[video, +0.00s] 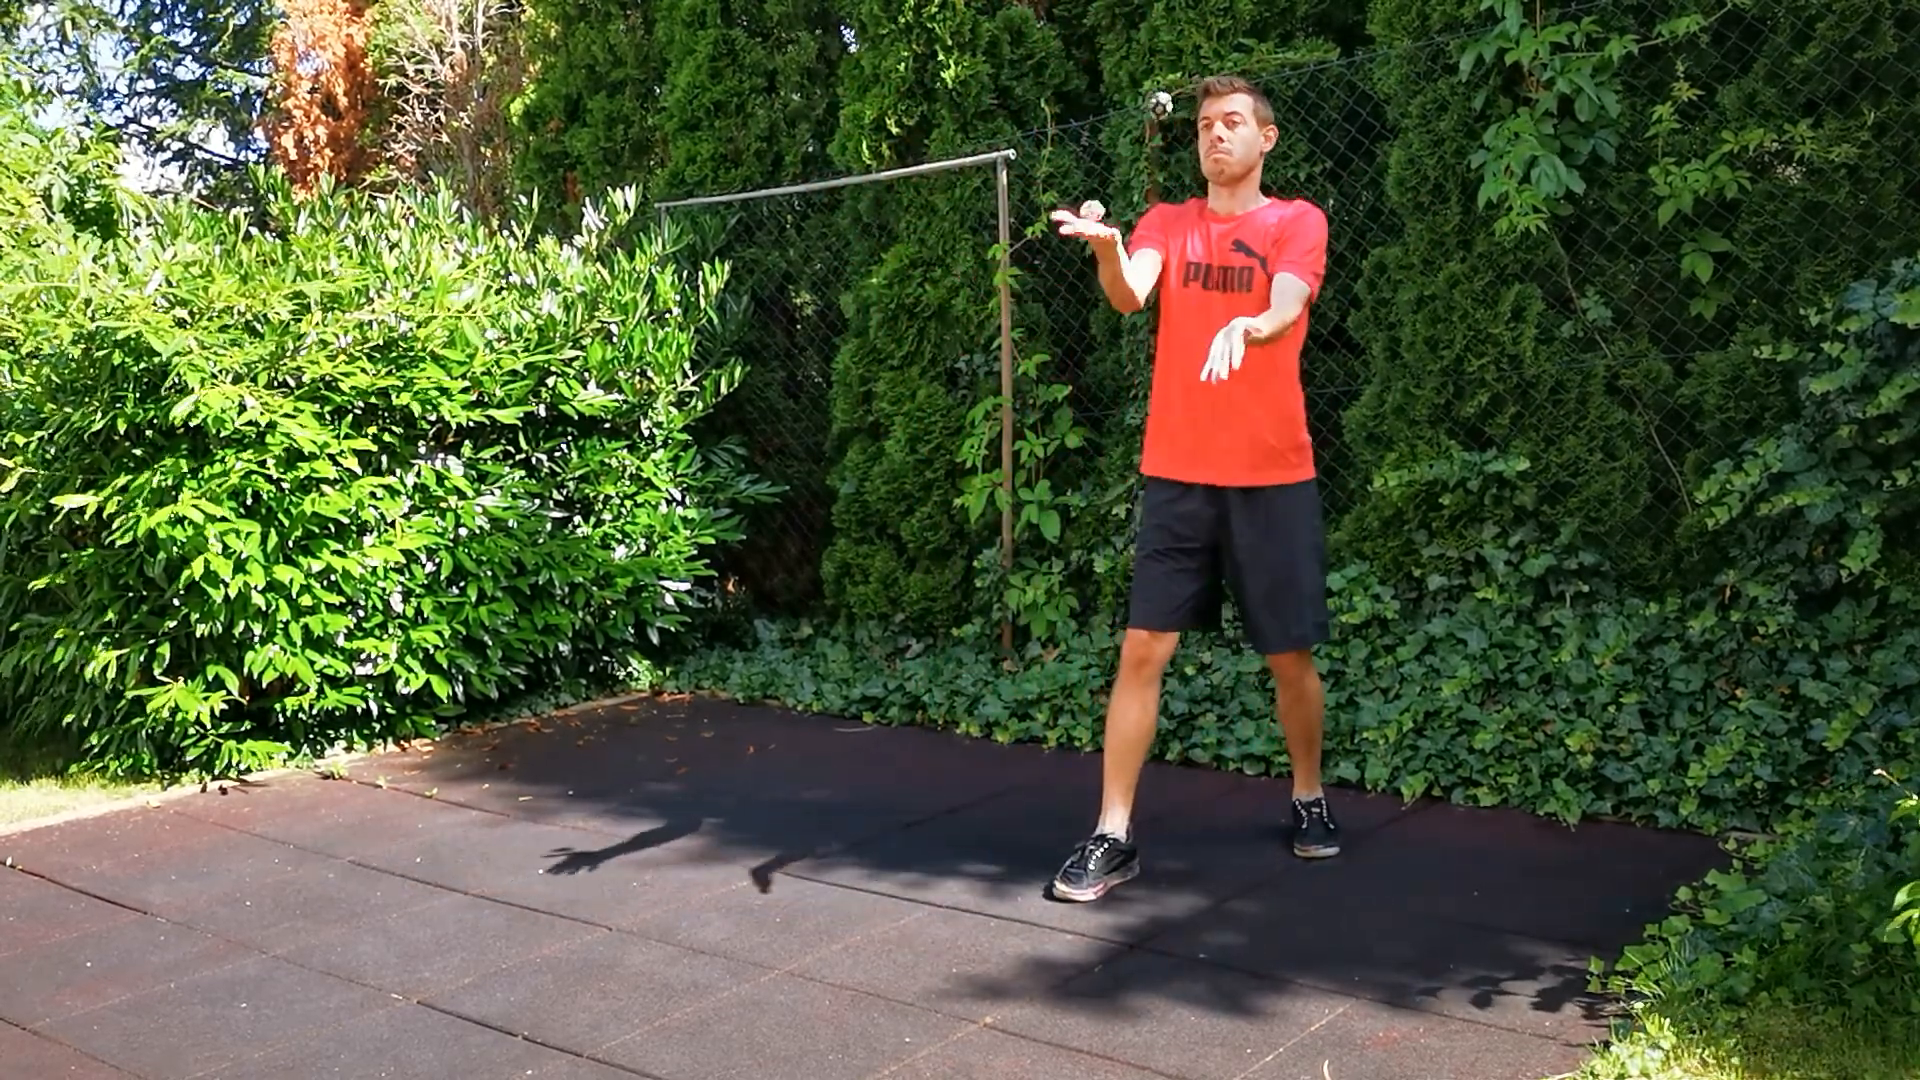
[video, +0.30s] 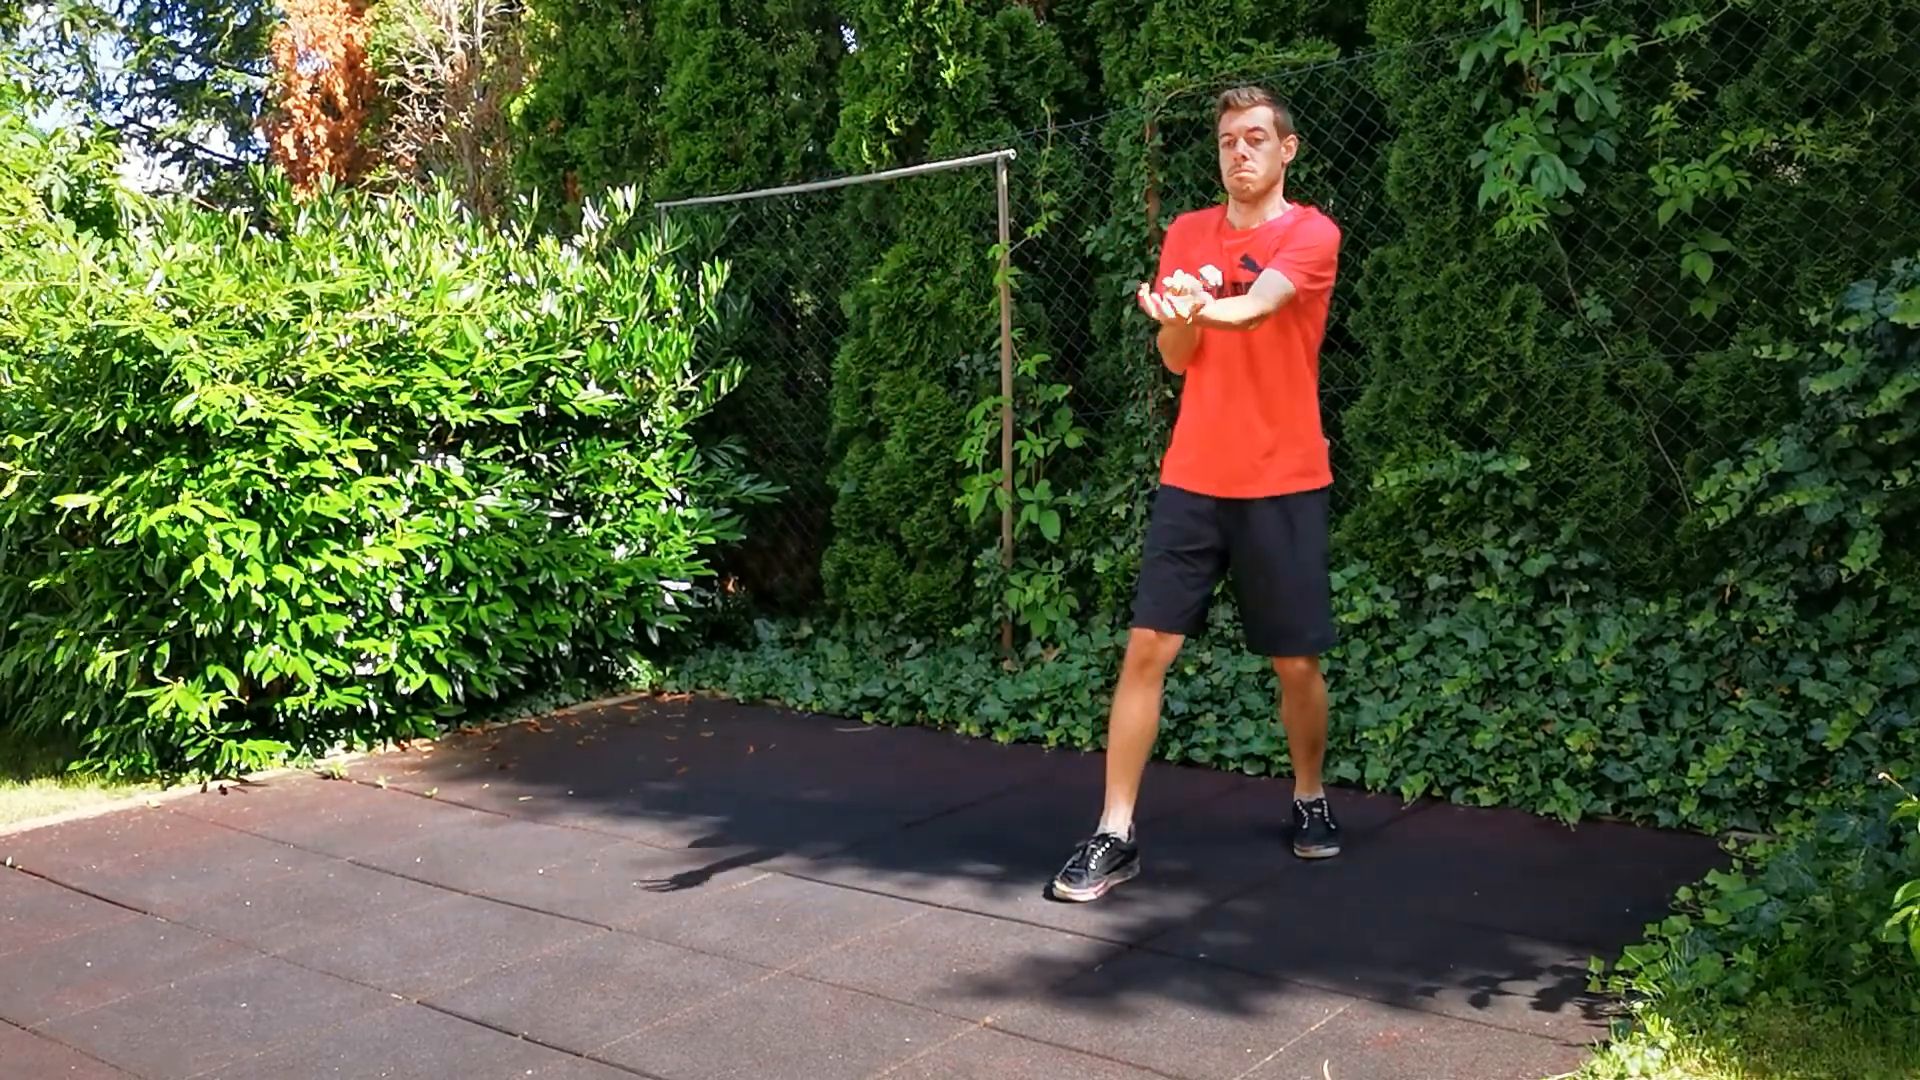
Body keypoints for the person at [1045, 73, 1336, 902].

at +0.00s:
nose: (1219, 134)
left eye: (1234, 121)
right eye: (1209, 125)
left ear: (1268, 138)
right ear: (1195, 146)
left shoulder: (1300, 221)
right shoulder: (1164, 221)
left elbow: (1289, 301)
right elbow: (1127, 298)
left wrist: (1250, 327)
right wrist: (1107, 246)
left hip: (1272, 475)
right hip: (1176, 471)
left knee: (1289, 652)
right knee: (1142, 648)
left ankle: (1309, 800)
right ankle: (1110, 833)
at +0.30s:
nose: (1242, 151)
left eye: (1256, 138)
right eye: (1230, 140)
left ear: (1288, 149)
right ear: (1216, 155)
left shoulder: (1314, 230)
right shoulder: (1189, 233)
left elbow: (1258, 302)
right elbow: (1177, 358)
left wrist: (1193, 310)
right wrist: (1178, 311)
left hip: (1284, 479)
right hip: (1192, 475)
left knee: (1295, 660)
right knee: (1147, 647)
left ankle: (1310, 803)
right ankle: (1114, 833)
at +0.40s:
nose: (1243, 162)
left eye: (1258, 148)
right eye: (1231, 150)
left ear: (1290, 156)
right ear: (1219, 160)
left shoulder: (1316, 246)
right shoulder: (1190, 241)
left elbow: (1290, 367)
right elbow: (1172, 355)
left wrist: (1280, 337)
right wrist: (1144, 372)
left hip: (1282, 492)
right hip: (1192, 483)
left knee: (1291, 672)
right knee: (1144, 650)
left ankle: (1309, 801)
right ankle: (1112, 833)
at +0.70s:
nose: (1266, 180)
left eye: (1282, 164)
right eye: (1254, 164)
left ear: (1308, 159)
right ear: (1234, 159)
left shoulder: (1345, 248)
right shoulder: (1190, 237)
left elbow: (1400, 350)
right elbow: (1096, 308)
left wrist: (1452, 363)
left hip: (1294, 500)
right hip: (1195, 490)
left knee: (1303, 673)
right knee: (1144, 646)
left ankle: (1310, 804)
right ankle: (1108, 830)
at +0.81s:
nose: (1280, 189)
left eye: (1290, 172)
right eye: (1265, 173)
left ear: (1299, 166)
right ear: (1226, 165)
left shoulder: (1328, 246)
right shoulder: (1175, 237)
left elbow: (1381, 352)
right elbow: (1070, 279)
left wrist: (1426, 430)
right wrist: (1089, 178)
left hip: (1298, 501)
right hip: (1194, 492)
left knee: (1323, 674)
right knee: (1142, 655)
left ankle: (1312, 796)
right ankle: (1096, 827)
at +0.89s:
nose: (1296, 204)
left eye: (1303, 189)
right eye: (1282, 188)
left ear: (1305, 183)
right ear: (1234, 178)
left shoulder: (1324, 262)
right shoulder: (1173, 244)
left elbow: (1364, 376)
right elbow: (1064, 289)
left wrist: (1406, 481)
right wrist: (1129, 219)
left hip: (1305, 508)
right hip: (1196, 504)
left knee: (1367, 668)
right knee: (1136, 658)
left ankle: (1338, 777)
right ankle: (1094, 827)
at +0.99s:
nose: (1337, 230)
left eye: (1343, 214)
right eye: (1324, 214)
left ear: (1339, 208)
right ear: (1274, 203)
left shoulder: (1349, 288)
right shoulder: (1194, 258)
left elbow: (1382, 401)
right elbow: (1070, 298)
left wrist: (1428, 513)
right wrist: (1122, 295)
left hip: (1318, 510)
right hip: (1208, 511)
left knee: (1416, 654)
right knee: (1134, 657)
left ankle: (1421, 788)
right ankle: (1094, 827)